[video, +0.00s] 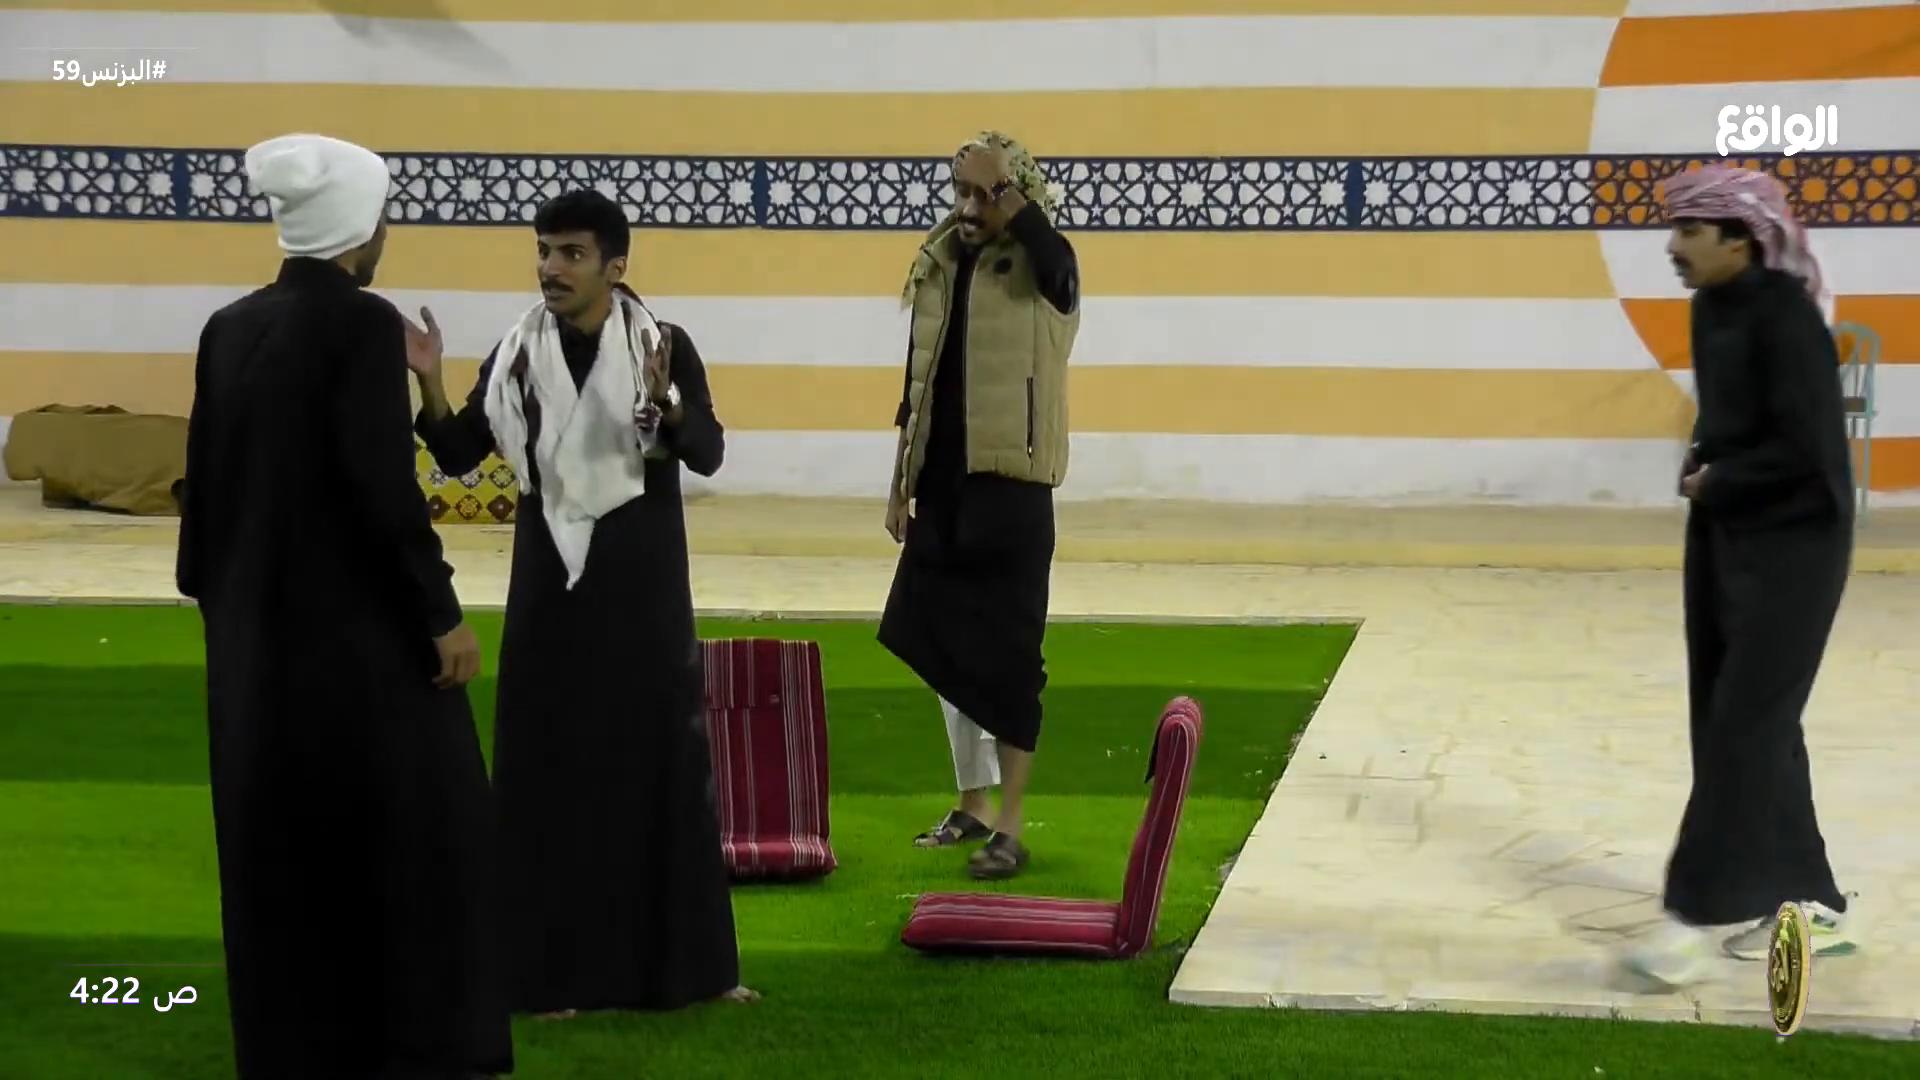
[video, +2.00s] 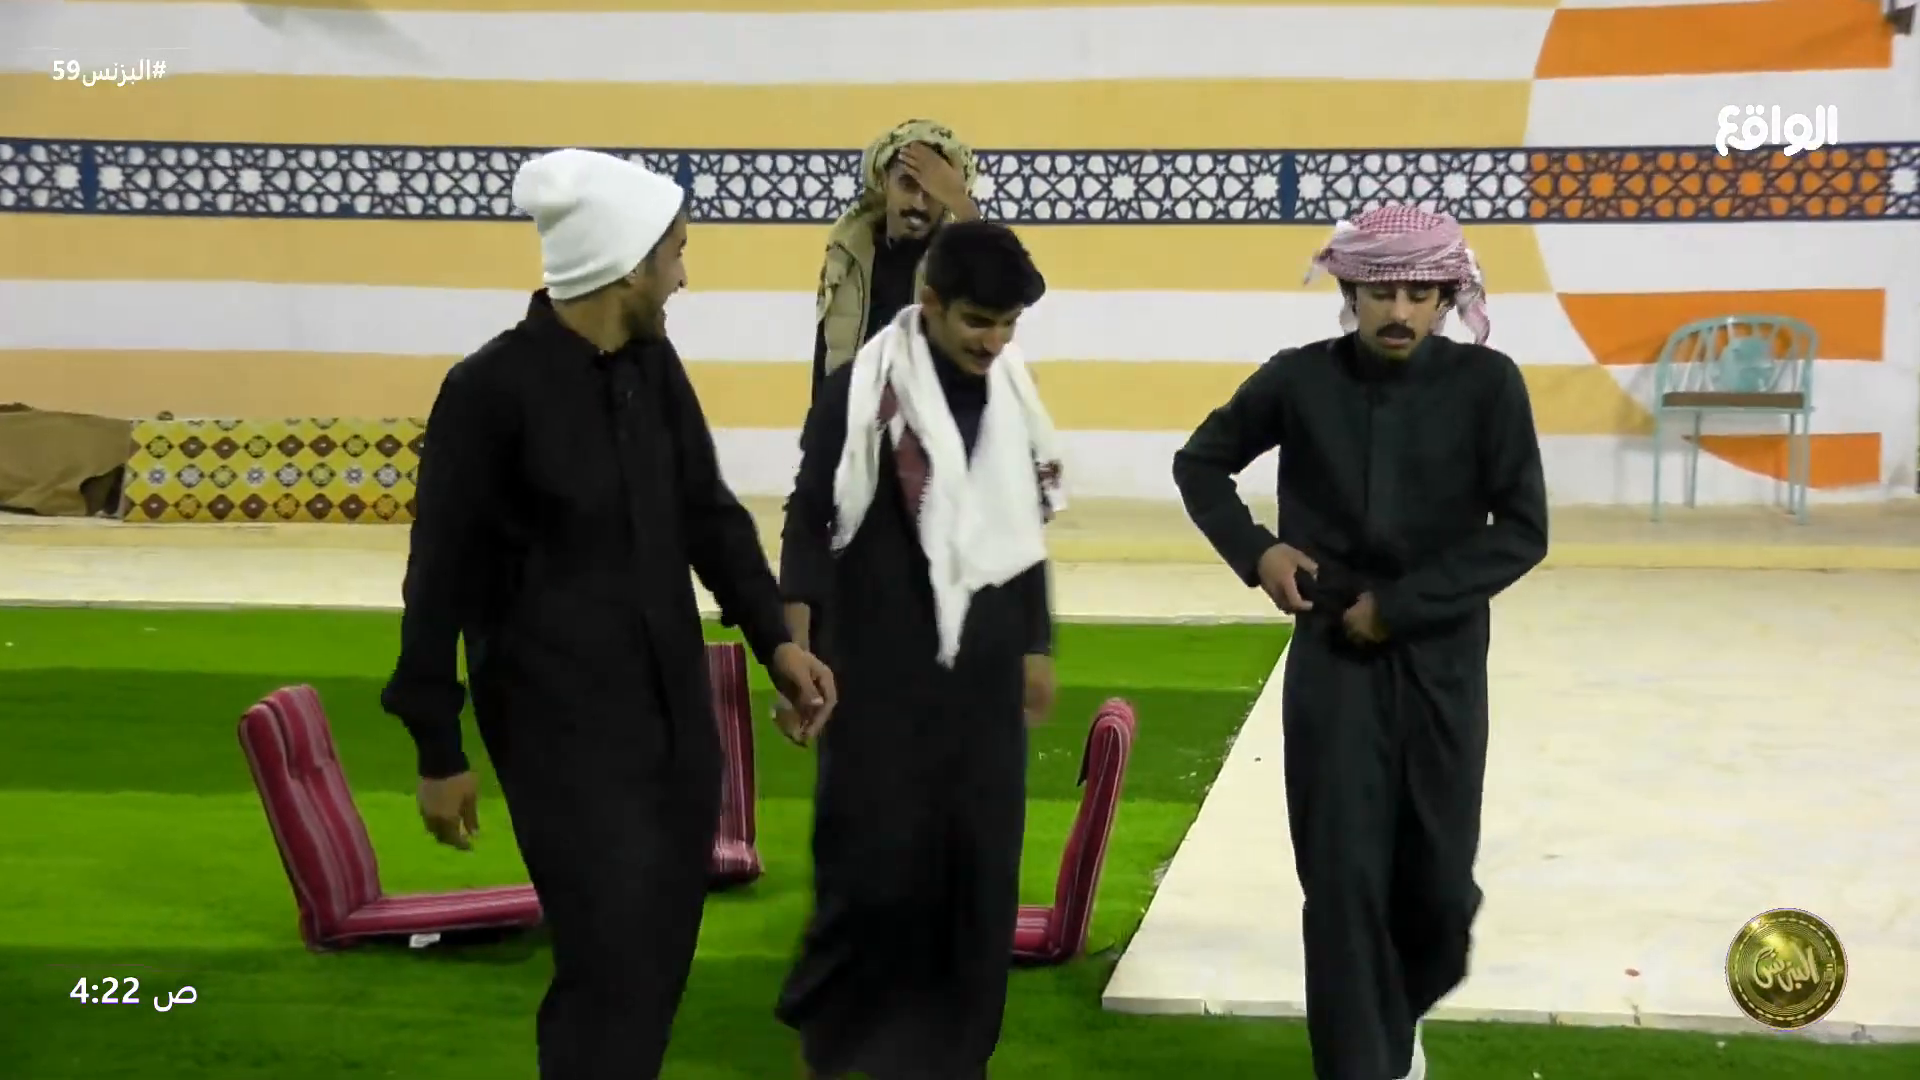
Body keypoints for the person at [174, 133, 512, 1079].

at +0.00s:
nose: (385, 235)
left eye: (378, 220)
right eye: (380, 221)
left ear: (290, 231)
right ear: (364, 235)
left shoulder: (229, 330)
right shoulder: (368, 328)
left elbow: (206, 485)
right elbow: (385, 487)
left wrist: (222, 590)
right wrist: (443, 612)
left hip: (254, 648)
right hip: (362, 647)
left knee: (281, 859)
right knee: (407, 848)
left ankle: (294, 1048)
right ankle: (415, 1047)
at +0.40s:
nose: (471, 254)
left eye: (472, 234)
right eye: (459, 237)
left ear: (388, 237)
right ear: (404, 241)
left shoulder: (300, 326)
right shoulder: (381, 340)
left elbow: (287, 516)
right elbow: (392, 522)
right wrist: (422, 671)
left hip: (305, 688)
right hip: (374, 697)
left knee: (321, 924)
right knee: (394, 932)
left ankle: (320, 1061)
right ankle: (397, 1062)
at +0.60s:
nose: (497, 275)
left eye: (502, 255)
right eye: (485, 254)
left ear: (428, 246)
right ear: (424, 246)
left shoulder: (370, 330)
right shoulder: (382, 350)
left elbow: (362, 532)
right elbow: (370, 539)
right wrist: (398, 693)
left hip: (367, 697)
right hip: (380, 703)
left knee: (383, 946)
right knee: (381, 949)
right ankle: (381, 1067)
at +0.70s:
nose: (504, 275)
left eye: (509, 256)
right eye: (490, 256)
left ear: (446, 248)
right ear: (427, 247)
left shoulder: (418, 338)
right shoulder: (376, 354)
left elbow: (417, 527)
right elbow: (366, 543)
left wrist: (454, 665)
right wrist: (392, 697)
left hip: (449, 655)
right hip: (392, 670)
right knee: (388, 881)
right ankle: (376, 1055)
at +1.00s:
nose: (526, 287)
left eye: (535, 268)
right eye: (510, 268)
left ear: (540, 253)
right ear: (446, 257)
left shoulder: (490, 347)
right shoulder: (375, 367)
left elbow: (502, 525)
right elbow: (359, 553)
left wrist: (549, 631)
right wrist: (408, 697)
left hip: (527, 668)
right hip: (437, 681)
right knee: (435, 916)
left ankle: (574, 1053)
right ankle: (433, 1060)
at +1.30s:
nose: (641, 297)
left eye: (646, 278)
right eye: (627, 278)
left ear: (582, 272)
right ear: (561, 272)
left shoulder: (614, 366)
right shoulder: (449, 374)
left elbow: (642, 526)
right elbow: (387, 546)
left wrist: (658, 664)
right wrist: (373, 699)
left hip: (607, 711)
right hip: (482, 713)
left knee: (606, 948)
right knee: (463, 947)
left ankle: (600, 1066)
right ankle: (432, 1066)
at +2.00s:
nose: (683, 276)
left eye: (681, 253)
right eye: (671, 254)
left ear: (615, 264)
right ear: (615, 263)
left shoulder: (651, 366)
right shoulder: (489, 390)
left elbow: (708, 511)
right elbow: (435, 579)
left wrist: (777, 638)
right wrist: (438, 752)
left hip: (673, 720)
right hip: (560, 731)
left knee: (660, 969)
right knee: (607, 974)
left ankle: (620, 1073)